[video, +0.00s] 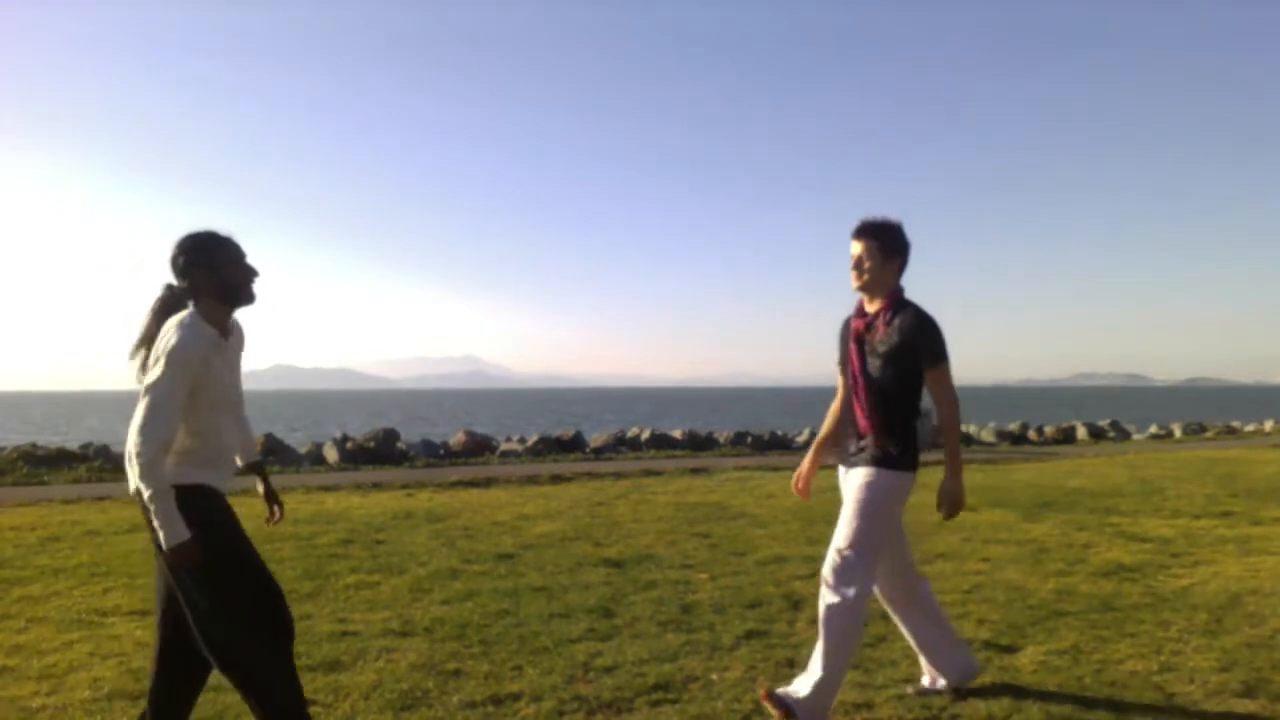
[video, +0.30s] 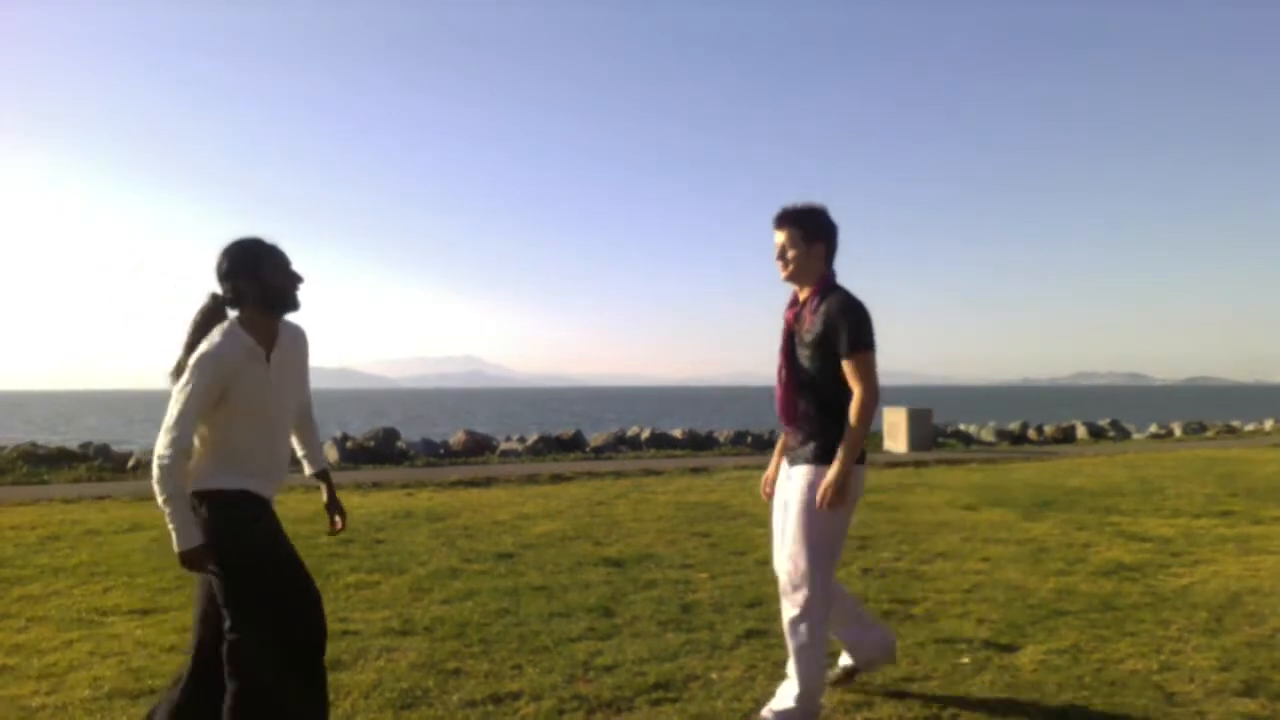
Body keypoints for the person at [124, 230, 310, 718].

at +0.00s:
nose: (253, 271)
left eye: (246, 262)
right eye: (239, 263)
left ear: (214, 276)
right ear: (205, 275)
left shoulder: (231, 334)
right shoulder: (185, 337)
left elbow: (231, 411)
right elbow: (142, 450)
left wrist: (259, 475)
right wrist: (173, 532)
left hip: (206, 494)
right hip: (182, 497)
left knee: (185, 641)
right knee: (263, 619)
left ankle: (163, 711)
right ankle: (288, 711)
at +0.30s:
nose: (297, 276)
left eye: (290, 265)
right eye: (283, 267)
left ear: (264, 281)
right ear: (253, 282)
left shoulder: (292, 340)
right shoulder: (219, 352)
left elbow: (301, 416)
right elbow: (169, 453)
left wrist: (325, 482)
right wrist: (186, 534)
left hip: (256, 503)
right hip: (219, 504)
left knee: (225, 637)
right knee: (299, 611)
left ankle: (186, 711)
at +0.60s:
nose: (351, 271)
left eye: (346, 260)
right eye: (338, 261)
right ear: (307, 272)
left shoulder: (348, 339)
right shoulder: (259, 341)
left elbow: (352, 420)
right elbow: (212, 437)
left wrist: (366, 487)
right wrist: (226, 516)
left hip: (314, 503)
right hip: (269, 500)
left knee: (281, 637)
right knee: (339, 622)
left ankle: (191, 705)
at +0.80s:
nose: (382, 269)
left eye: (377, 259)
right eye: (369, 258)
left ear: (353, 271)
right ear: (334, 269)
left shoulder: (371, 342)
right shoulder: (288, 329)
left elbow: (357, 424)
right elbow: (242, 422)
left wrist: (371, 492)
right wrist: (255, 506)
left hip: (343, 507)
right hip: (294, 504)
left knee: (354, 628)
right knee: (314, 628)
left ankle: (246, 687)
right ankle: (247, 687)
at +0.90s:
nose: (396, 270)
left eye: (391, 260)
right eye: (381, 259)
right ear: (346, 267)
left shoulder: (378, 344)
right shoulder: (304, 323)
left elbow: (351, 426)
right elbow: (254, 417)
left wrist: (364, 492)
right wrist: (274, 503)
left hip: (359, 514)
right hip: (308, 510)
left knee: (377, 621)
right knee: (319, 638)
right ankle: (293, 705)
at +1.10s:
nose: (416, 277)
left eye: (412, 268)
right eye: (405, 266)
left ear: (373, 275)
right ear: (371, 273)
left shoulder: (375, 331)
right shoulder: (343, 311)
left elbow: (342, 403)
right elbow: (283, 382)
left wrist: (366, 475)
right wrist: (326, 469)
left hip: (367, 499)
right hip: (328, 500)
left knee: (417, 597)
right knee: (342, 626)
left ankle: (405, 705)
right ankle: (345, 709)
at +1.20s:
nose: (426, 279)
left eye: (421, 269)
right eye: (414, 268)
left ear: (383, 275)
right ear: (383, 273)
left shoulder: (382, 323)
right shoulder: (366, 308)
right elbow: (309, 361)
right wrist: (370, 430)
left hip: (366, 487)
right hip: (334, 487)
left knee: (425, 591)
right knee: (348, 616)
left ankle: (434, 702)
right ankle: (350, 711)